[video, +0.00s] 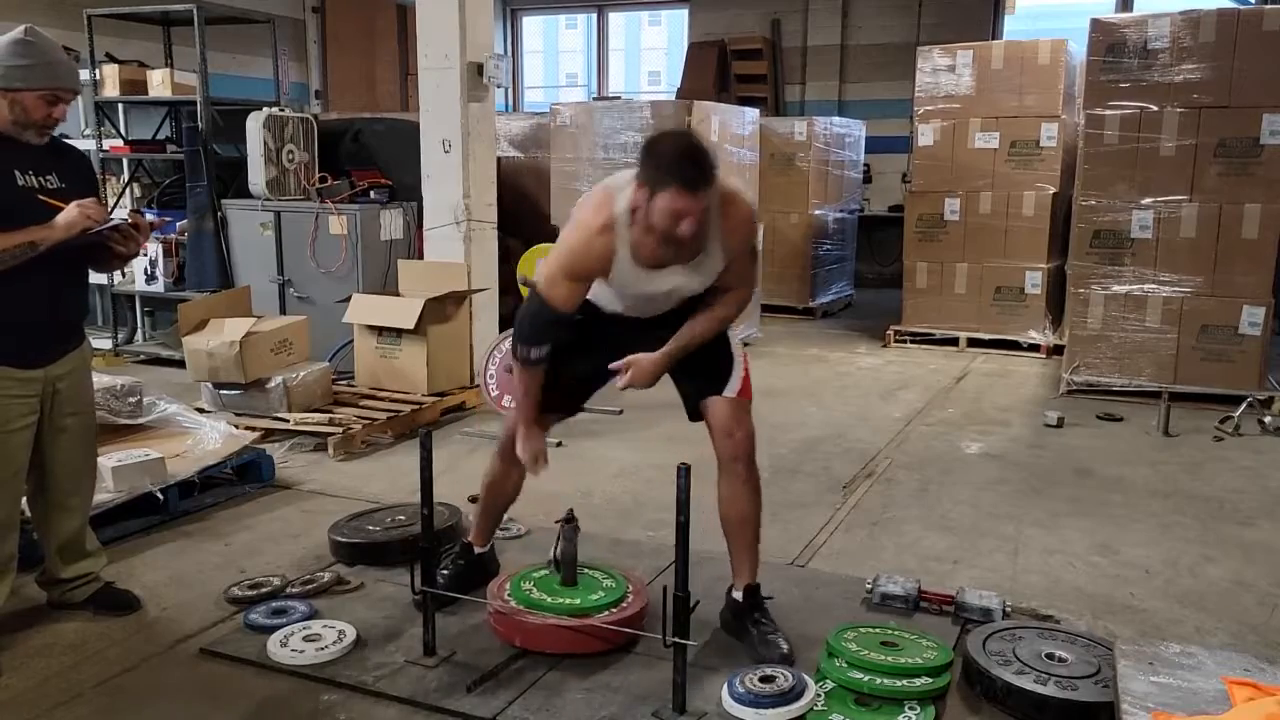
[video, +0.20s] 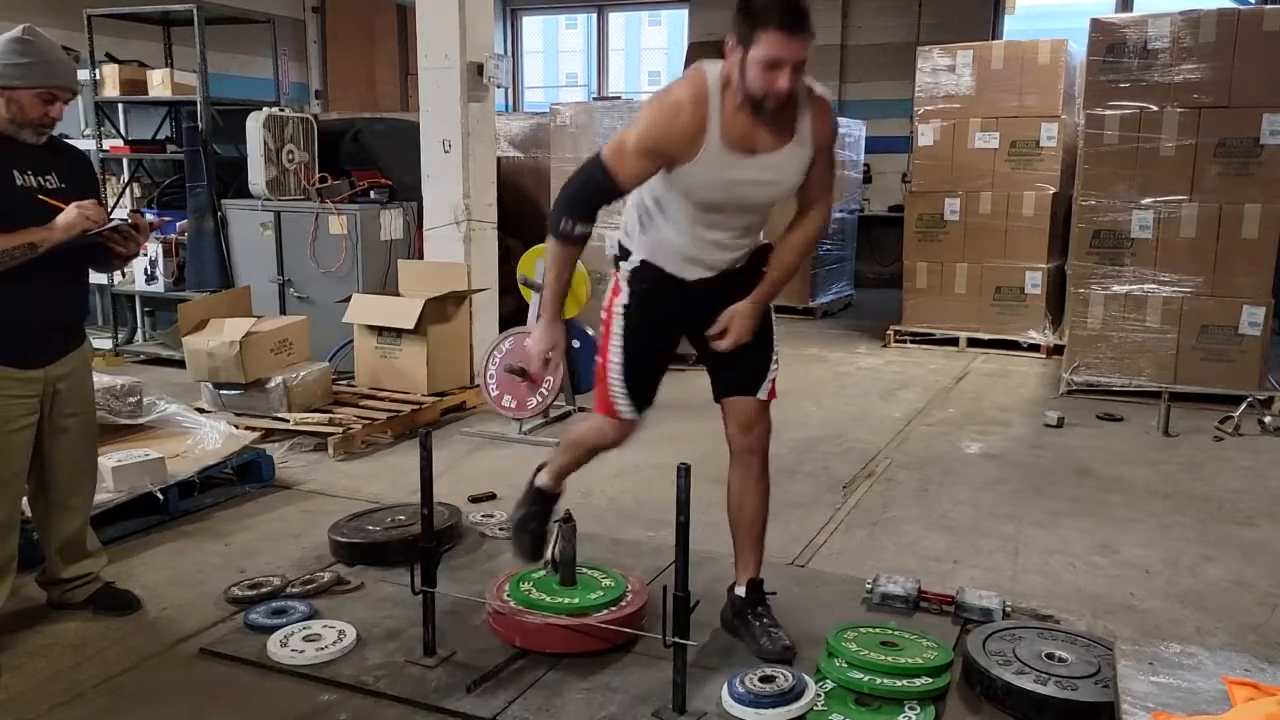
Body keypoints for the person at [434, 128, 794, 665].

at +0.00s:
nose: (688, 229)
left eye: (696, 216)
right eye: (675, 218)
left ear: (710, 196)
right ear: (640, 198)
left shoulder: (733, 215)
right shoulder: (595, 226)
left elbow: (735, 293)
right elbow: (533, 330)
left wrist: (666, 354)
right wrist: (528, 421)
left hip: (691, 310)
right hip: (599, 313)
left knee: (737, 439)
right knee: (520, 436)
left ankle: (746, 599)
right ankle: (476, 551)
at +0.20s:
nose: (785, 83)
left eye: (797, 68)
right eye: (771, 67)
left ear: (808, 58)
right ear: (733, 52)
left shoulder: (815, 115)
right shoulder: (684, 111)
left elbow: (814, 215)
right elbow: (577, 198)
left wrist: (757, 302)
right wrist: (547, 320)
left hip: (737, 273)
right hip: (652, 270)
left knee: (751, 432)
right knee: (613, 424)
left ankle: (748, 594)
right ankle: (545, 485)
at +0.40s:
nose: (820, 10)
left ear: (841, 4)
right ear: (770, 2)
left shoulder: (845, 73)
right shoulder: (716, 59)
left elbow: (862, 169)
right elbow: (616, 159)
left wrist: (874, 281)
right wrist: (616, 281)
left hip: (782, 263)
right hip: (706, 261)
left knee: (764, 440)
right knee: (753, 431)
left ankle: (749, 596)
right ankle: (663, 449)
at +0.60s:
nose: (844, 2)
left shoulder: (880, 60)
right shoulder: (750, 49)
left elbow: (897, 174)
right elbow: (666, 169)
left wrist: (951, 286)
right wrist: (694, 295)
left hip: (822, 267)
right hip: (749, 261)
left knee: (769, 439)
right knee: (860, 412)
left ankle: (746, 600)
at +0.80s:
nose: (897, 1)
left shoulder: (930, 67)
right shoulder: (808, 61)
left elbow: (938, 196)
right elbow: (721, 198)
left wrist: (980, 305)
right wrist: (765, 331)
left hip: (882, 308)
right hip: (811, 312)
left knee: (805, 466)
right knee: (884, 515)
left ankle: (747, 598)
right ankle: (928, 709)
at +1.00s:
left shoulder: (1015, 59)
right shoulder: (873, 47)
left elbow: (1011, 202)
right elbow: (781, 202)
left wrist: (1011, 333)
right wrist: (823, 348)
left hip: (962, 324)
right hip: (875, 325)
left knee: (961, 522)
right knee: (918, 548)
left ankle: (818, 558)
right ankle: (944, 713)